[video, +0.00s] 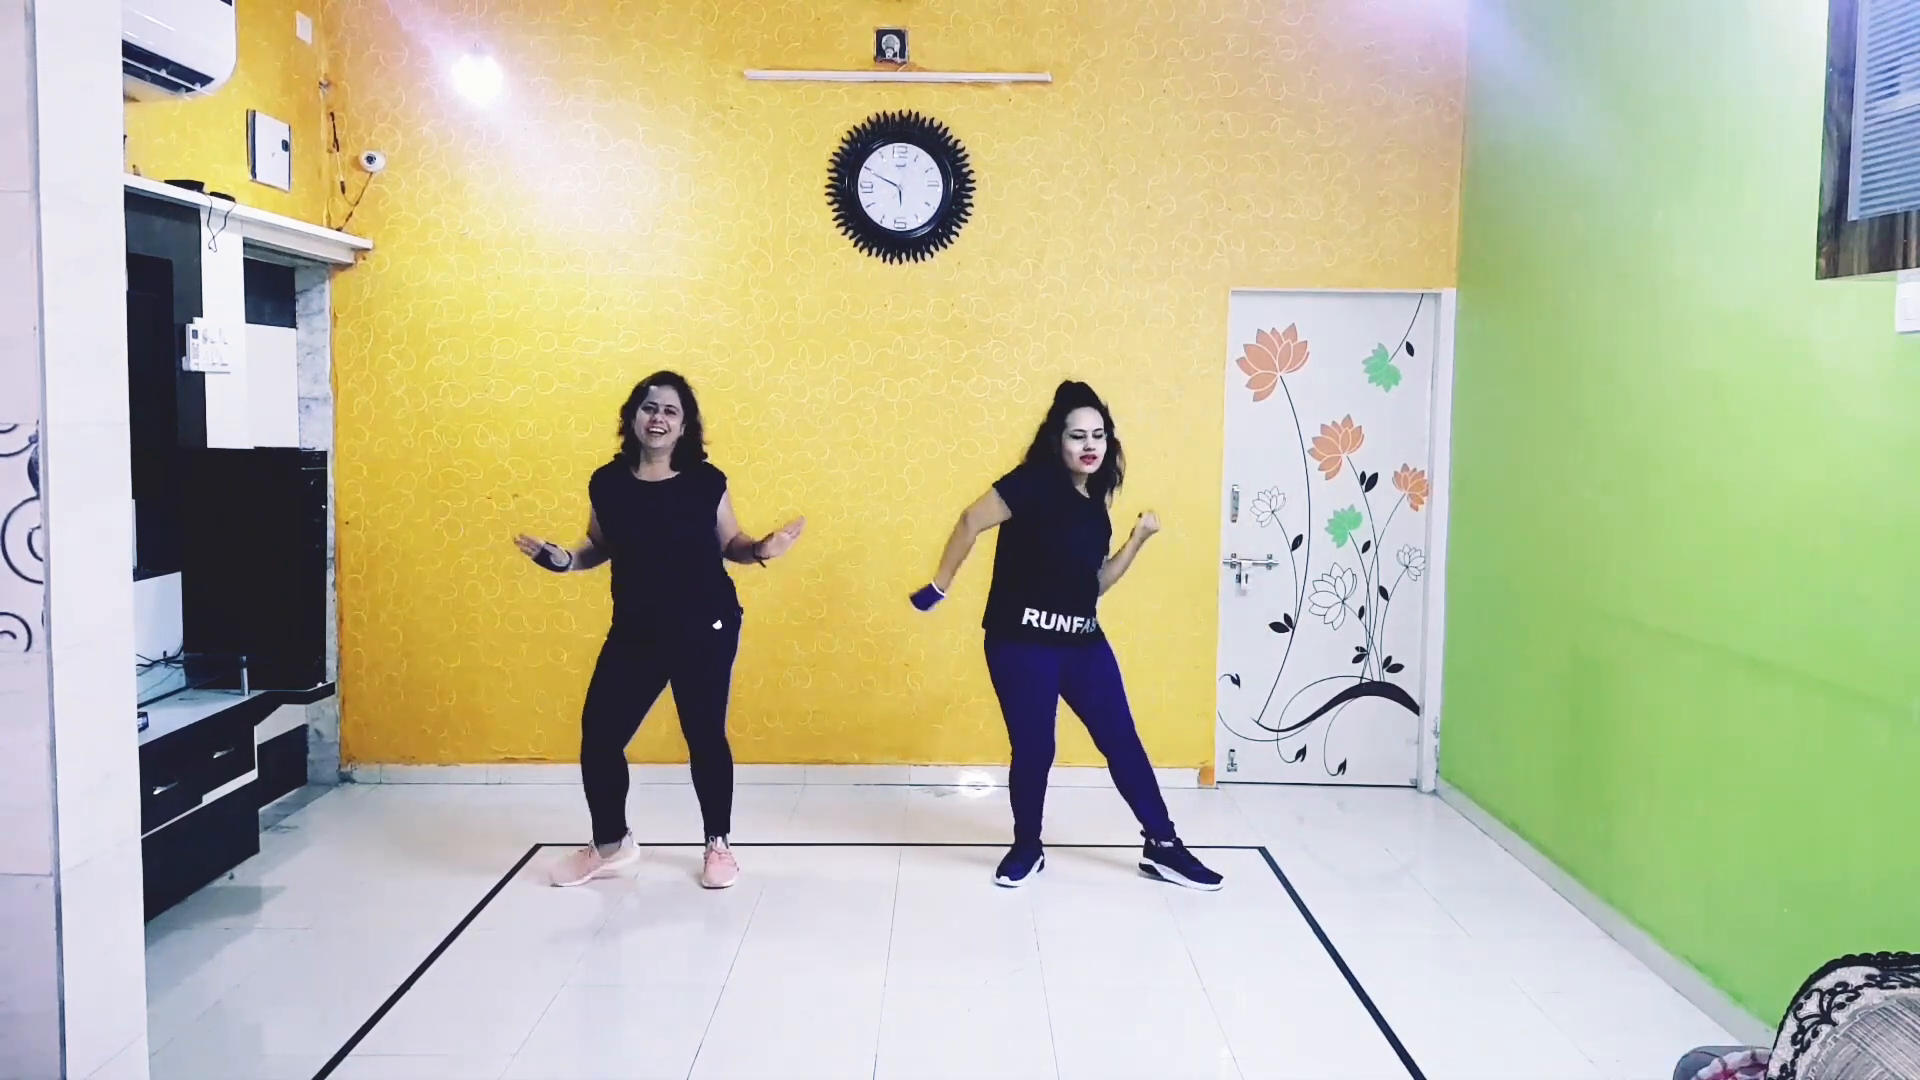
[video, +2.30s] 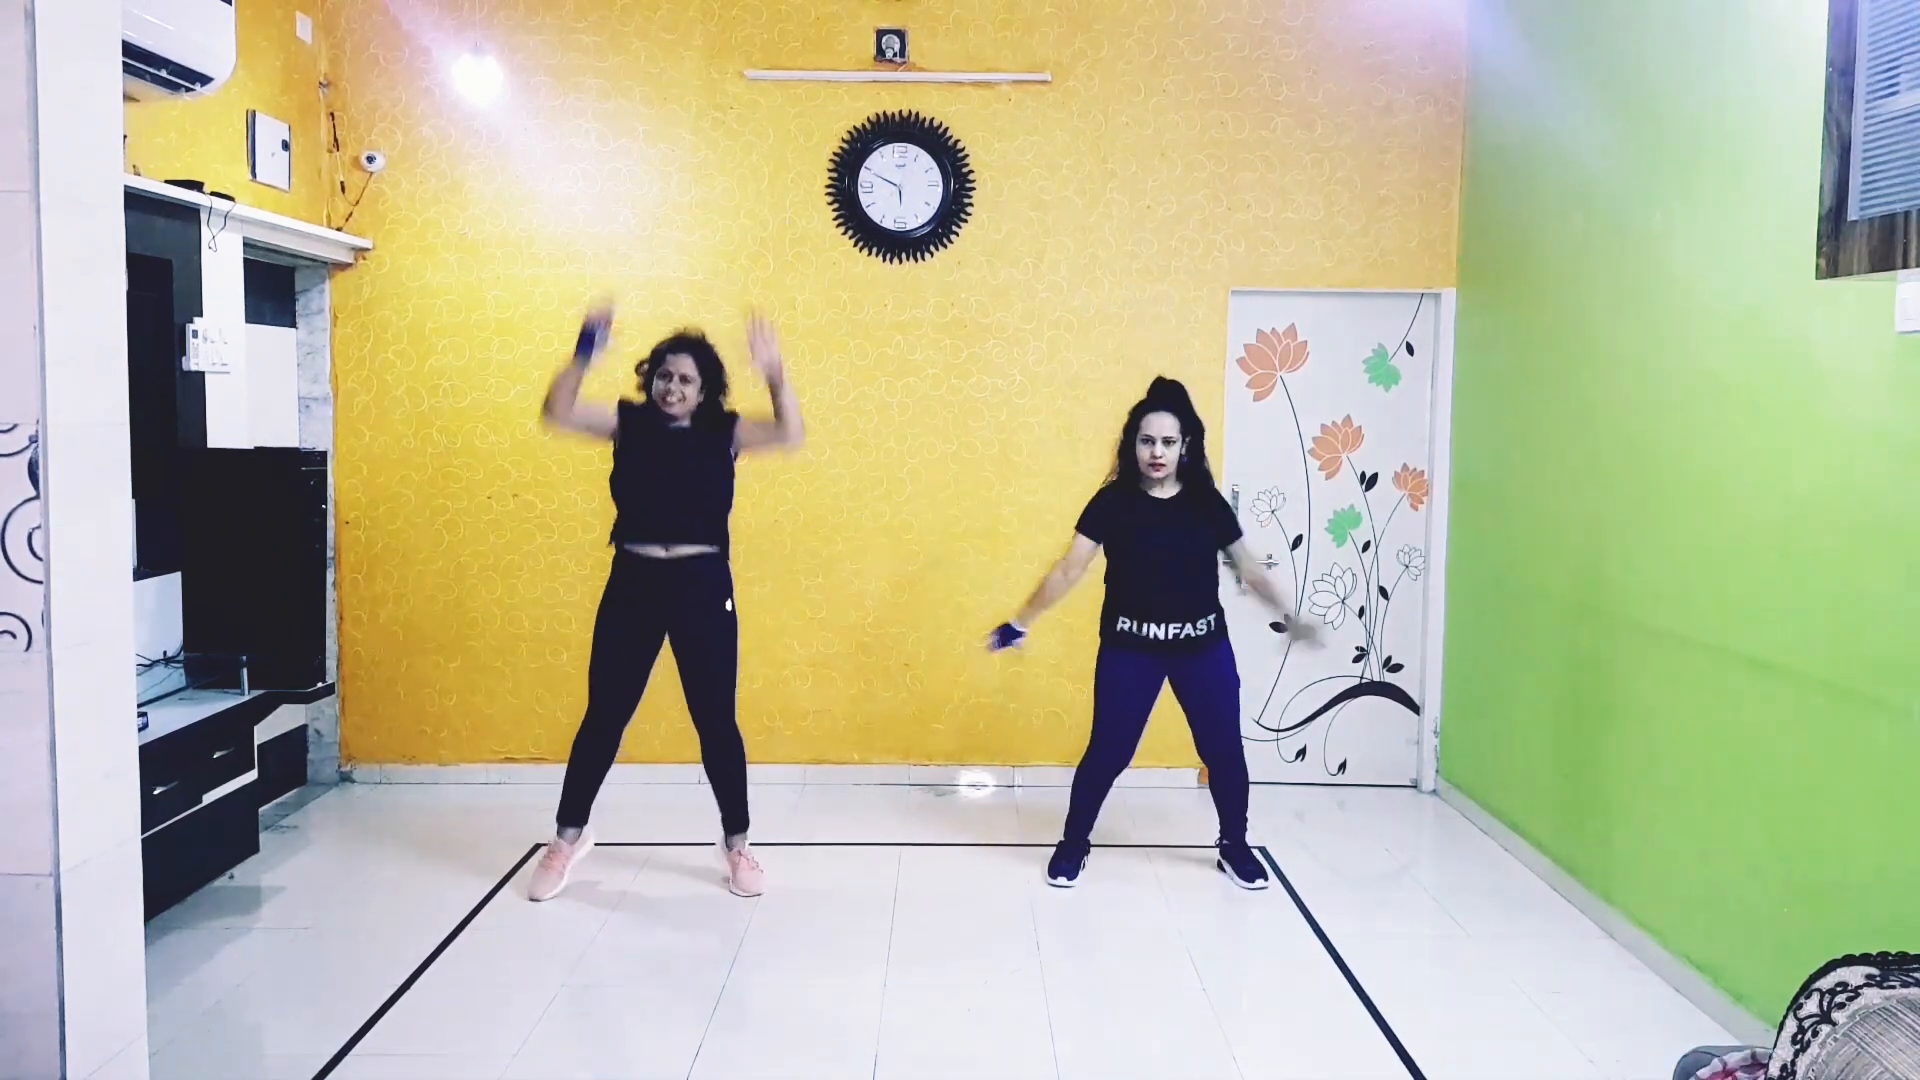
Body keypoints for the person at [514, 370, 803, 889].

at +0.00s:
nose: (657, 417)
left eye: (670, 411)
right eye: (648, 408)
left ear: (685, 424)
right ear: (632, 417)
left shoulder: (706, 482)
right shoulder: (607, 483)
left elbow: (731, 543)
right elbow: (599, 545)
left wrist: (760, 550)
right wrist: (568, 559)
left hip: (703, 628)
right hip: (637, 628)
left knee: (705, 734)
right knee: (600, 733)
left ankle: (718, 844)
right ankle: (611, 844)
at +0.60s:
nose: (607, 412)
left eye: (621, 406)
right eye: (599, 403)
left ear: (640, 421)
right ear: (586, 413)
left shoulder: (664, 480)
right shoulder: (563, 481)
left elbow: (679, 541)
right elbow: (533, 549)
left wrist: (686, 567)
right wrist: (470, 556)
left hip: (635, 630)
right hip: (566, 630)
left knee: (654, 739)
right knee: (573, 740)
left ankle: (660, 845)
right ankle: (579, 844)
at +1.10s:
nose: (635, 408)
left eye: (649, 402)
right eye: (628, 399)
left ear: (670, 417)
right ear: (615, 410)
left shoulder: (693, 476)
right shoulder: (595, 480)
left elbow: (721, 538)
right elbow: (586, 550)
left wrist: (754, 548)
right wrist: (539, 582)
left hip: (700, 623)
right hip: (632, 627)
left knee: (714, 730)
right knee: (602, 736)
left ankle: (738, 844)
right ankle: (581, 844)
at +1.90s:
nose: (655, 420)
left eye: (669, 413)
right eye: (648, 412)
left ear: (691, 428)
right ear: (637, 423)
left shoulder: (715, 489)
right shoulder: (616, 491)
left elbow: (758, 549)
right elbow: (587, 559)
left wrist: (740, 526)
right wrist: (564, 557)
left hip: (696, 640)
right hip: (624, 639)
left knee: (712, 744)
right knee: (607, 746)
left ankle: (731, 847)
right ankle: (604, 848)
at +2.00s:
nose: (663, 408)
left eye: (676, 401)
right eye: (655, 399)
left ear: (697, 413)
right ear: (643, 408)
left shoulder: (721, 464)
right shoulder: (624, 462)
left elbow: (779, 465)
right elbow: (564, 469)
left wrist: (745, 406)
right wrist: (590, 406)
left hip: (701, 623)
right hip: (629, 621)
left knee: (715, 737)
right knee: (614, 734)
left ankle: (732, 845)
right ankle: (603, 845)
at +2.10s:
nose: (668, 384)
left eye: (682, 378)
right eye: (662, 375)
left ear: (702, 388)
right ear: (649, 380)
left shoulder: (718, 424)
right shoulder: (631, 413)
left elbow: (761, 377)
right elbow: (592, 356)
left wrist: (757, 306)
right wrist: (607, 285)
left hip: (701, 586)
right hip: (634, 585)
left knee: (717, 715)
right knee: (612, 711)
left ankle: (737, 835)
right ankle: (590, 830)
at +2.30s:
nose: (675, 387)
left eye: (687, 379)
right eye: (666, 376)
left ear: (706, 388)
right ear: (650, 381)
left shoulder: (724, 432)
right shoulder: (627, 423)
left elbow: (791, 436)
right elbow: (558, 414)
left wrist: (775, 375)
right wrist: (582, 353)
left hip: (703, 589)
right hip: (634, 586)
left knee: (716, 719)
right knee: (605, 713)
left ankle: (738, 842)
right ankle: (569, 834)